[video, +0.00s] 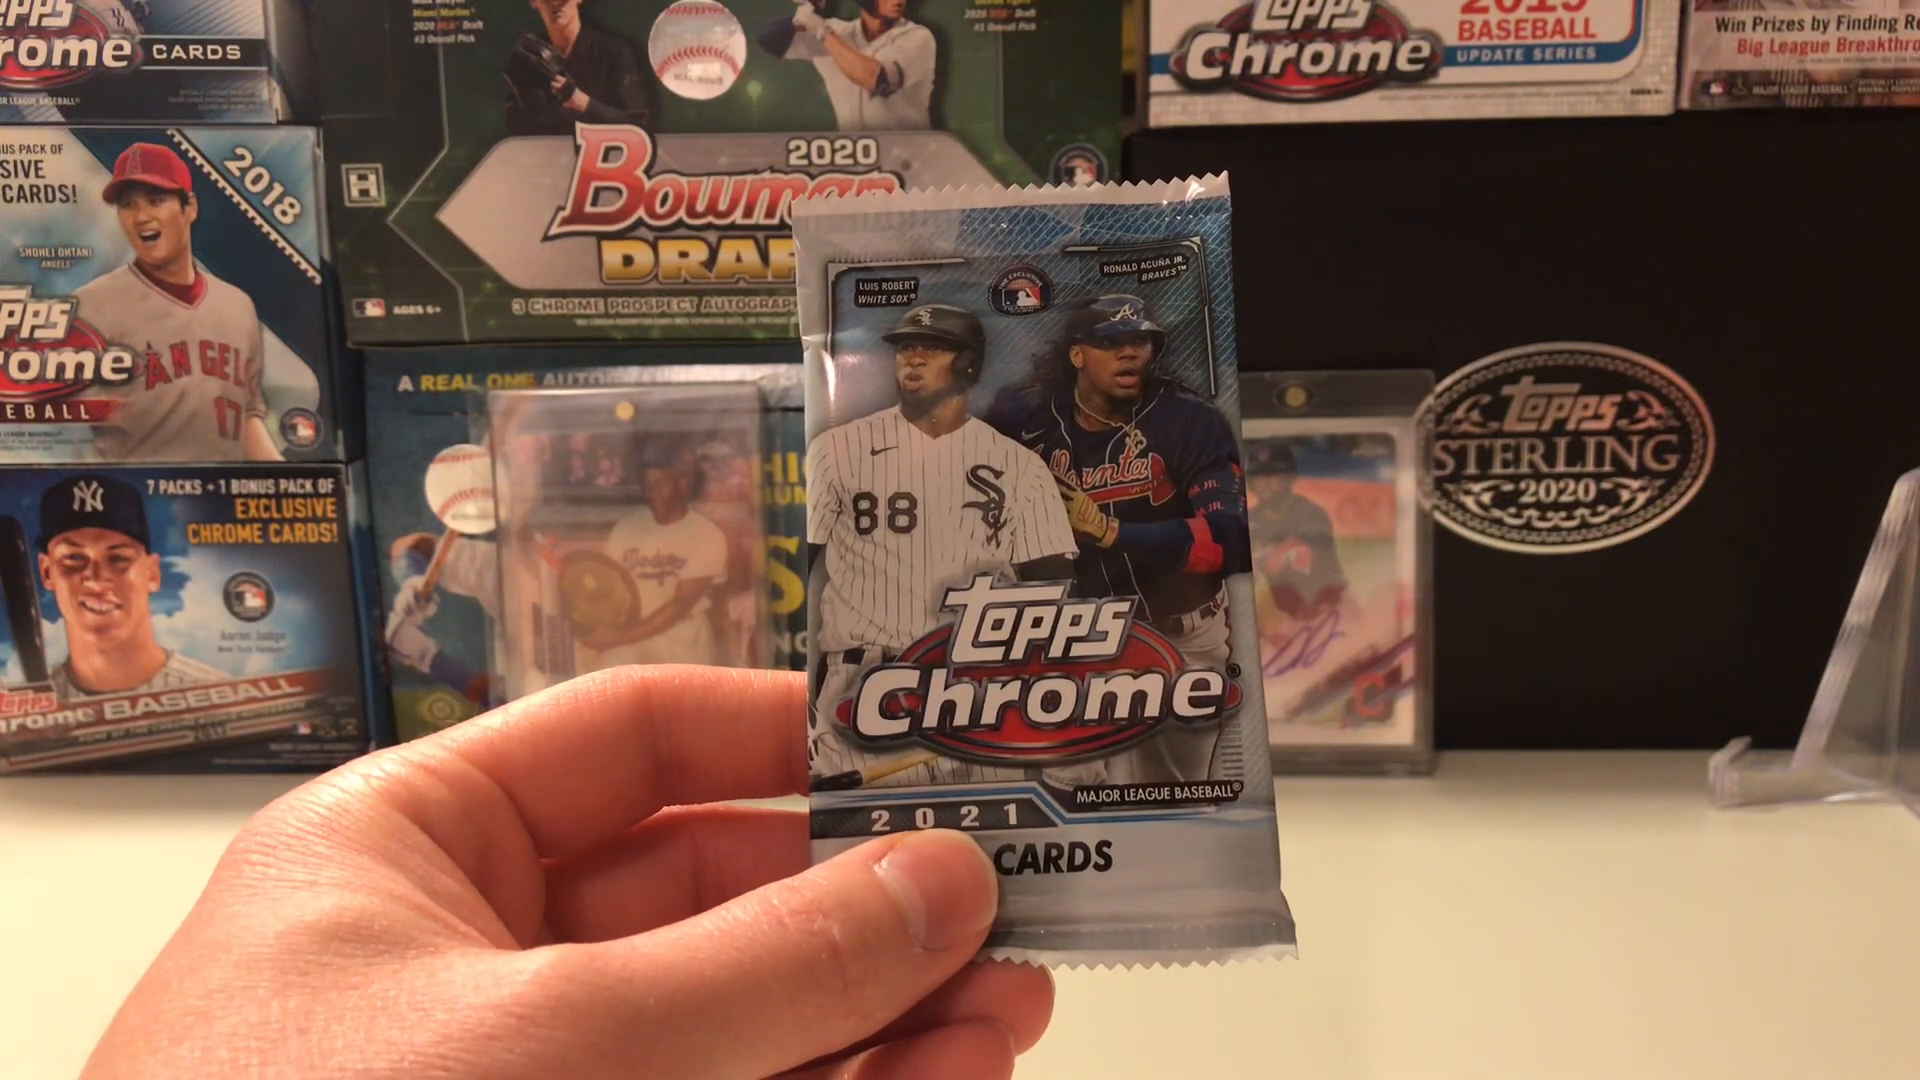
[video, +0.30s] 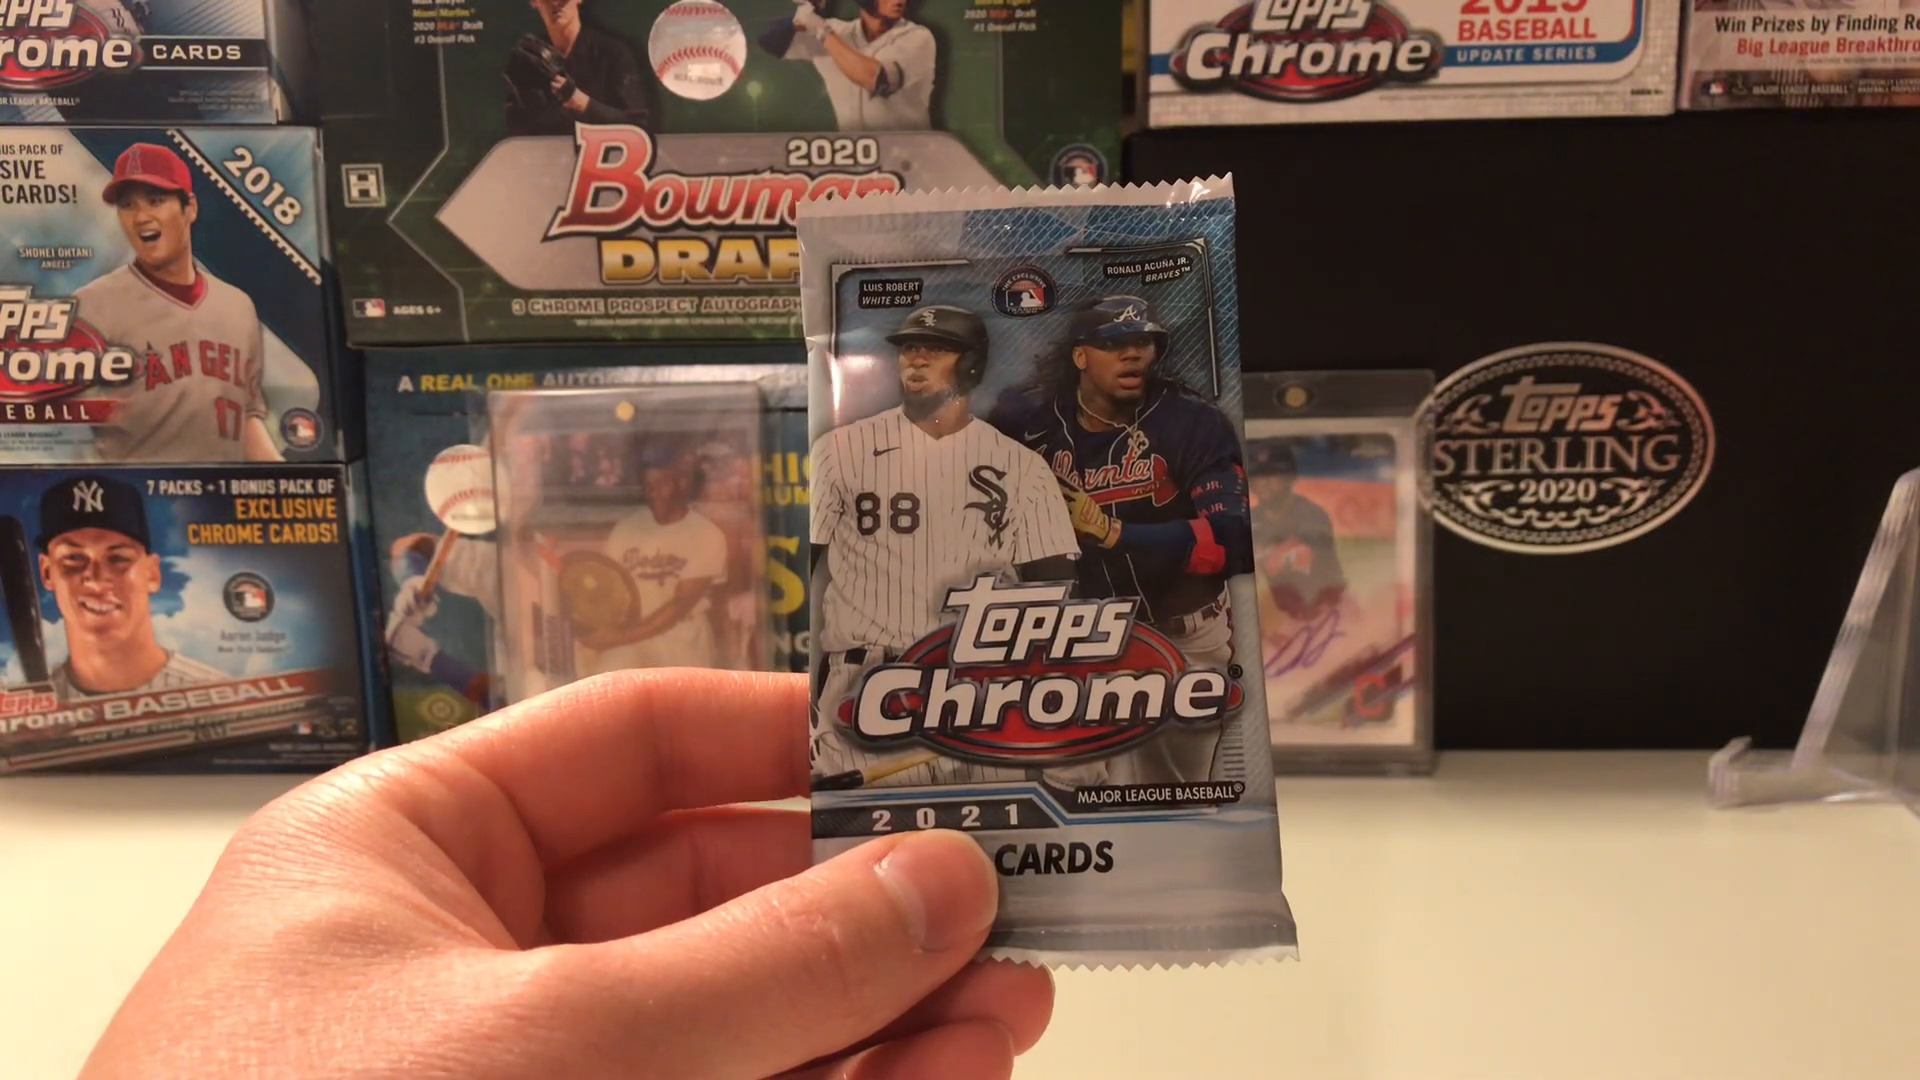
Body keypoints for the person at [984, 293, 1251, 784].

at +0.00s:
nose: (1132, 354)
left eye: (1141, 341)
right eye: (1114, 343)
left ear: (1154, 348)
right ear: (1077, 355)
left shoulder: (1191, 423)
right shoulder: (1024, 418)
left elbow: (1228, 537)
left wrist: (1113, 531)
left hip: (1184, 631)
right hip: (1073, 638)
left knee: (1184, 802)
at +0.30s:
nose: (1135, 355)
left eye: (1144, 342)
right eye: (1117, 344)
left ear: (1157, 350)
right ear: (1080, 356)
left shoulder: (1194, 425)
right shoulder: (1027, 420)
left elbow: (1232, 540)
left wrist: (1115, 533)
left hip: (1184, 632)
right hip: (1072, 636)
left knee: (1181, 802)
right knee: (1074, 798)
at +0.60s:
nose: (1139, 357)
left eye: (1147, 344)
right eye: (1121, 346)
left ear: (1160, 351)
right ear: (1084, 358)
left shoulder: (1198, 425)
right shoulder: (1031, 421)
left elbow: (1233, 541)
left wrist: (1117, 532)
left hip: (1188, 634)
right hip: (1078, 638)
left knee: (1183, 805)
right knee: (1080, 802)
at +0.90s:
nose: (1131, 355)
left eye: (1140, 342)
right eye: (1114, 343)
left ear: (1154, 349)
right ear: (1078, 355)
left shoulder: (1193, 424)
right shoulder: (1026, 421)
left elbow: (1227, 537)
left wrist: (1113, 530)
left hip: (1184, 631)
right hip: (1075, 635)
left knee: (1179, 799)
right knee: (1078, 796)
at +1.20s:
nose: (1122, 354)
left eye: (1131, 341)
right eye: (1104, 343)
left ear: (1144, 349)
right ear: (1069, 356)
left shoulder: (1182, 420)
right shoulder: (1018, 418)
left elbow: (1216, 532)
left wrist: (1105, 528)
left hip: (1178, 627)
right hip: (1070, 631)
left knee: (1174, 792)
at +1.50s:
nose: (1119, 356)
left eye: (1128, 343)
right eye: (1101, 345)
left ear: (1141, 351)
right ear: (1066, 358)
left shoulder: (1180, 423)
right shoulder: (1015, 420)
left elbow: (1213, 535)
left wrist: (1101, 528)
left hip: (1178, 627)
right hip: (1070, 632)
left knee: (1180, 790)